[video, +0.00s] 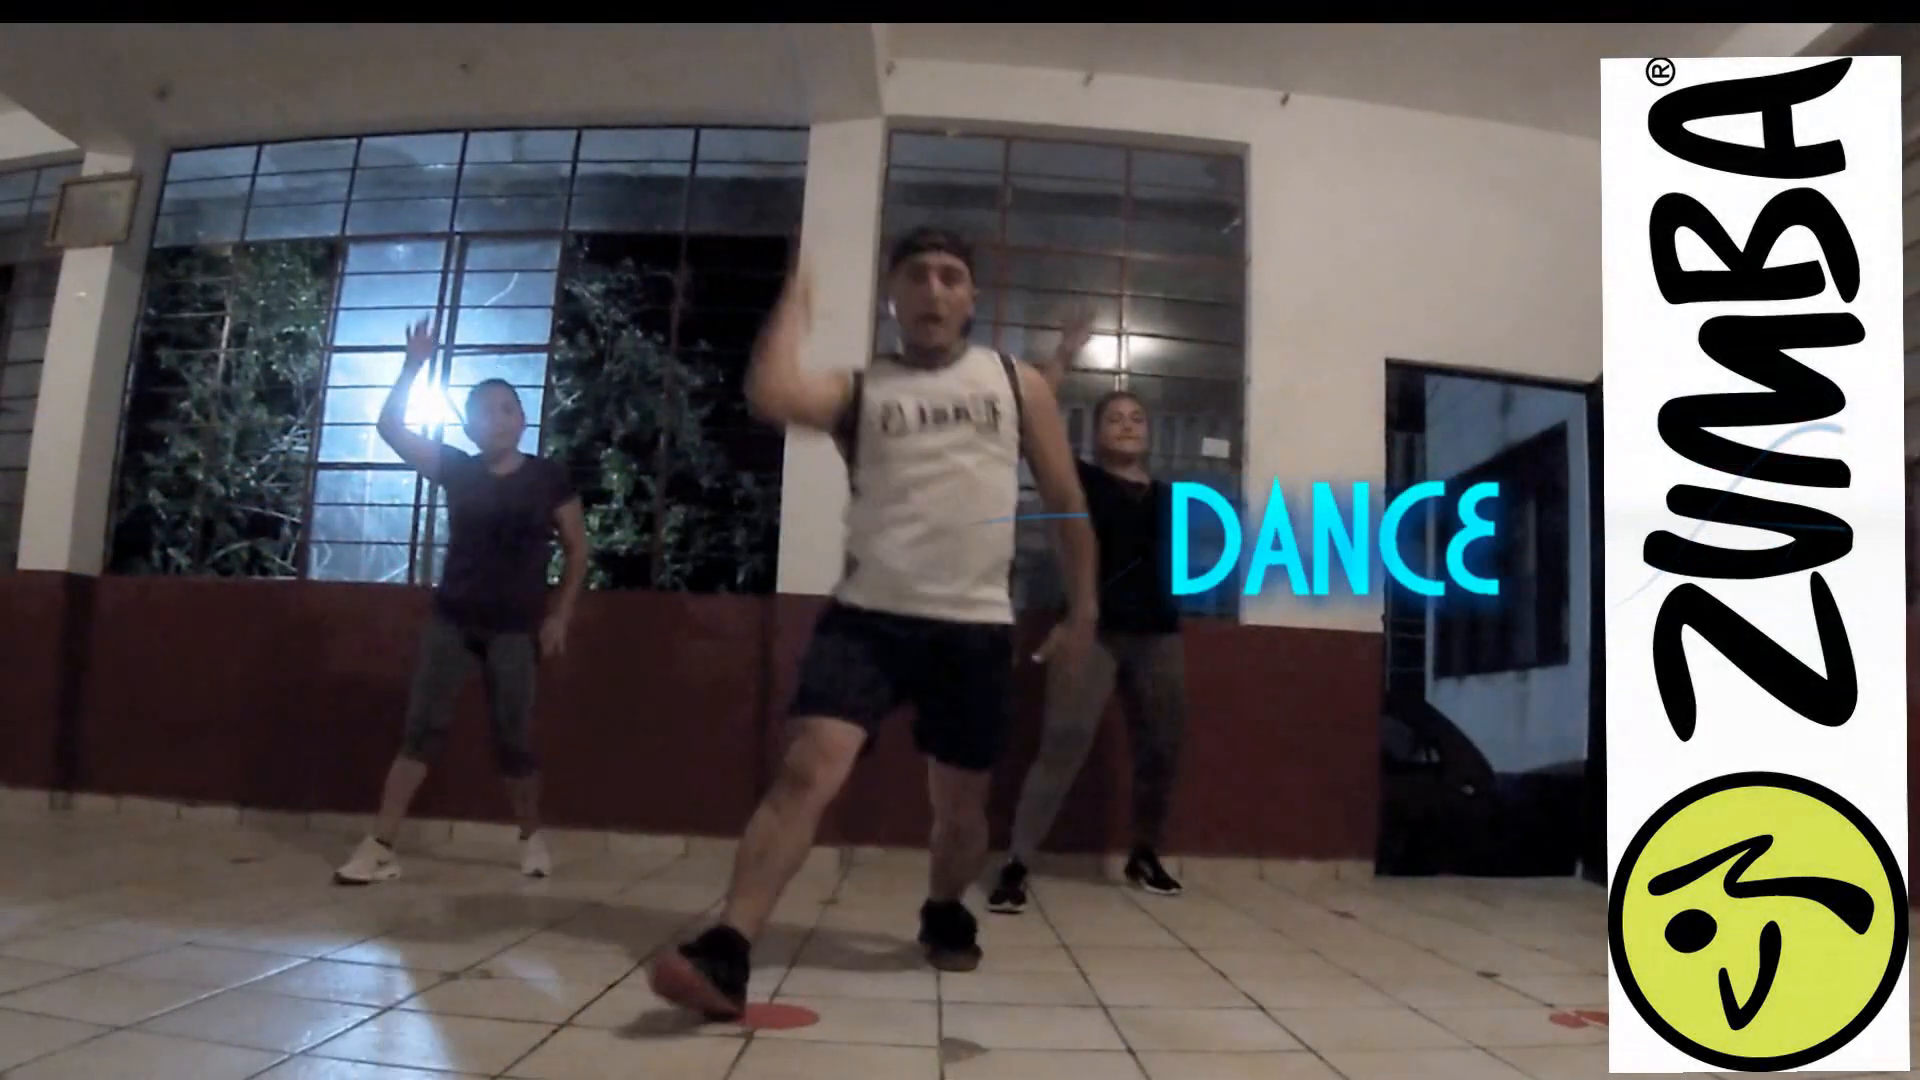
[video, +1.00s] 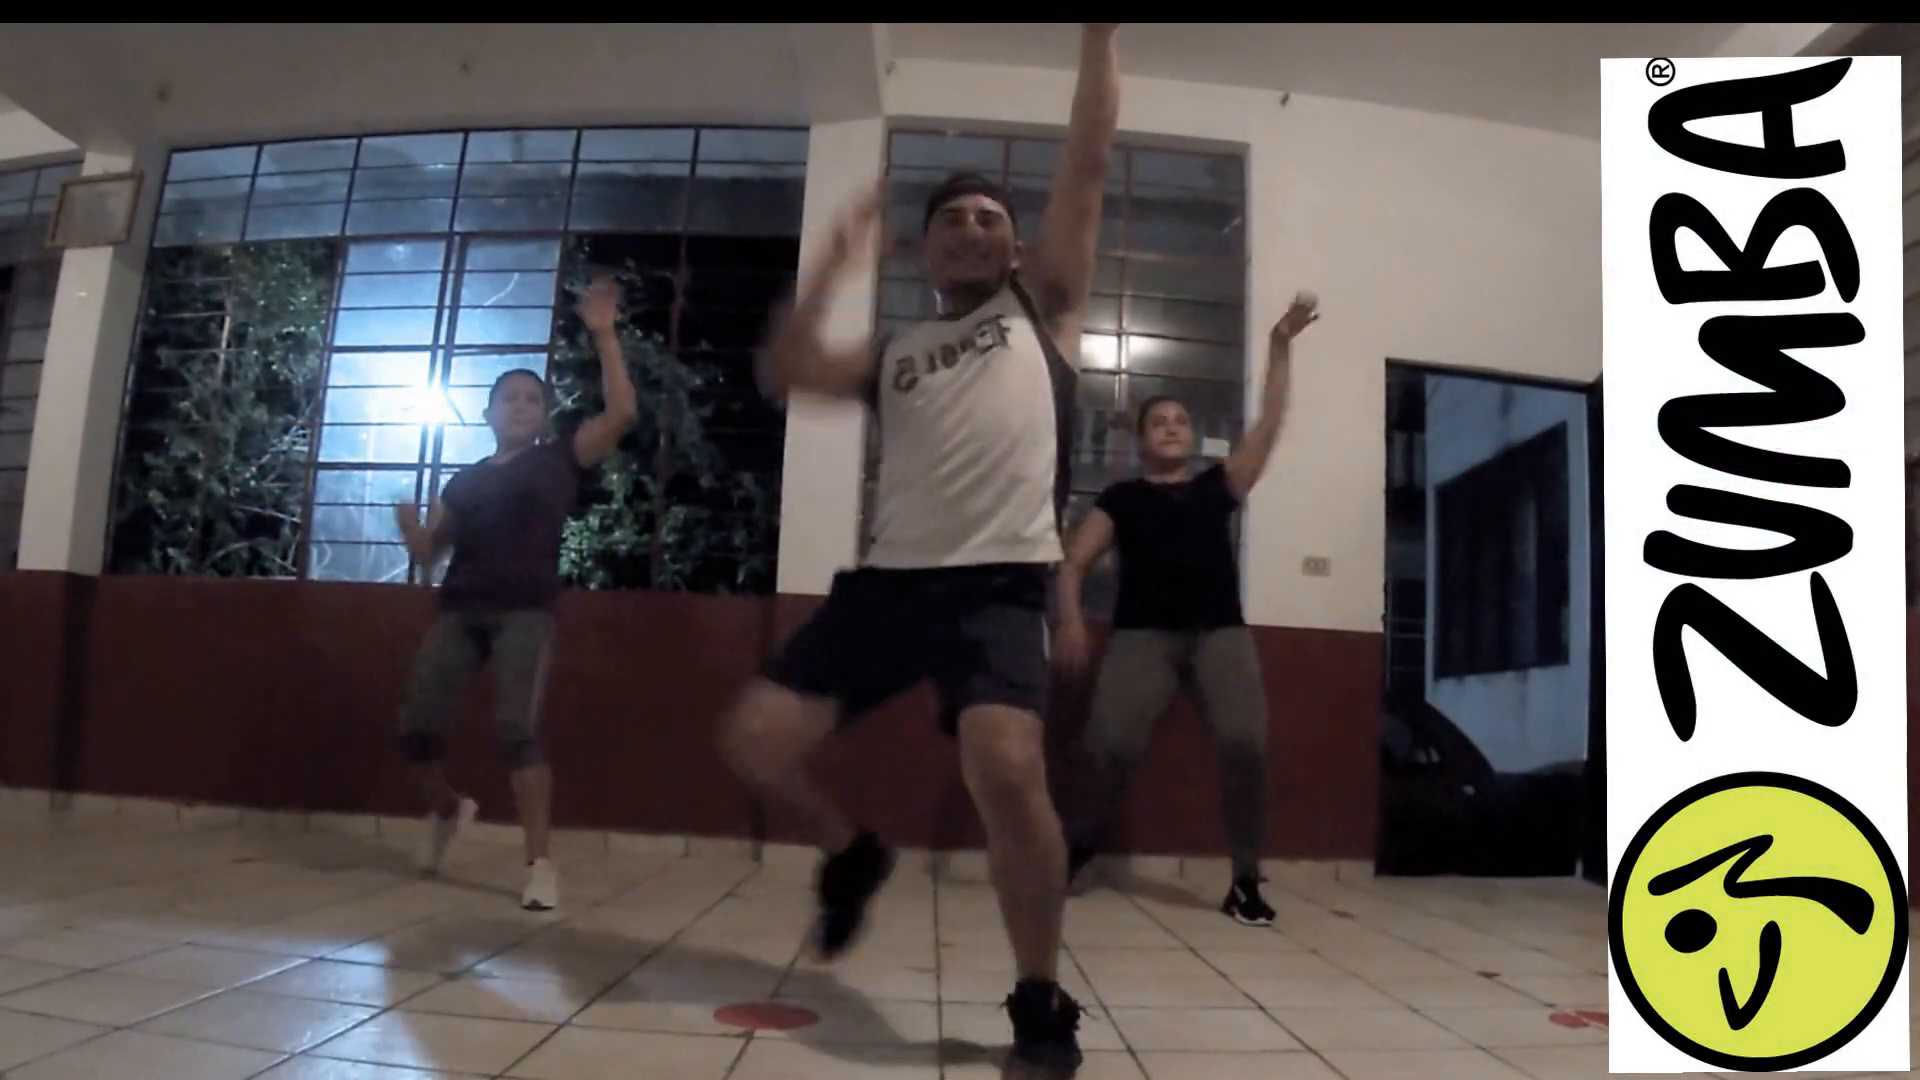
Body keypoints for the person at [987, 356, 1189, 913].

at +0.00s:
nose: (1127, 427)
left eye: (1136, 420)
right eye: (1115, 420)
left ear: (1148, 434)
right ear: (1097, 432)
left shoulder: (1165, 494)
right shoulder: (1079, 483)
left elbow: (1189, 551)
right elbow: (1035, 431)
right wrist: (1063, 357)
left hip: (1156, 632)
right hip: (1091, 628)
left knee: (1163, 744)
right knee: (1064, 742)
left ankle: (1144, 854)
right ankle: (1017, 862)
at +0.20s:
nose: (1146, 432)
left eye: (1152, 425)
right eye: (1135, 426)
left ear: (1165, 437)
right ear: (1115, 439)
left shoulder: (1189, 500)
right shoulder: (1098, 493)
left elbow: (1209, 571)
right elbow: (1073, 563)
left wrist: (1228, 637)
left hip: (1166, 640)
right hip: (1102, 634)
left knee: (1166, 748)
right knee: (1071, 739)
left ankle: (1144, 857)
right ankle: (1030, 858)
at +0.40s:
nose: (1135, 424)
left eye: (1144, 416)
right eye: (1125, 417)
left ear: (1160, 429)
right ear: (1109, 430)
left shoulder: (1184, 487)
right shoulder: (1090, 490)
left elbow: (1211, 558)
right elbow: (1067, 561)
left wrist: (1219, 623)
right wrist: (1060, 608)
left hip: (1162, 635)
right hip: (1095, 632)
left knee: (1155, 744)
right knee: (1075, 736)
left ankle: (1142, 855)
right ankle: (1064, 849)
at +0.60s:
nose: (1133, 438)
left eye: (1142, 431)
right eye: (1123, 429)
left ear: (1152, 443)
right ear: (1103, 440)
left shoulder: (1168, 500)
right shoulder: (1078, 494)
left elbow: (1211, 558)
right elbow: (1041, 568)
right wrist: (1047, 632)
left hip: (1160, 641)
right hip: (1090, 640)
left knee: (1197, 737)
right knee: (1080, 744)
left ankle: (1175, 836)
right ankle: (1068, 853)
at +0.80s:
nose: (1152, 424)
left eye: (1160, 418)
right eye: (1141, 416)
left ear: (1169, 430)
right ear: (1118, 427)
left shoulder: (1183, 480)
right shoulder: (1092, 482)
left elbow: (1237, 424)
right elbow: (1050, 552)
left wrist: (1257, 350)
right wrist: (1050, 634)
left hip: (1182, 632)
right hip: (1109, 634)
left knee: (1226, 727)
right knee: (1095, 743)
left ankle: (1249, 869)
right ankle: (1071, 852)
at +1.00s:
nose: (1170, 430)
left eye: (1179, 423)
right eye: (1159, 423)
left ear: (1193, 436)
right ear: (1140, 438)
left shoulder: (1219, 485)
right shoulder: (1123, 498)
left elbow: (1269, 423)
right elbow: (1071, 562)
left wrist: (1280, 345)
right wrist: (1069, 626)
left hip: (1219, 635)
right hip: (1142, 637)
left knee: (1244, 741)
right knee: (1109, 743)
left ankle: (1247, 880)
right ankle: (1073, 857)